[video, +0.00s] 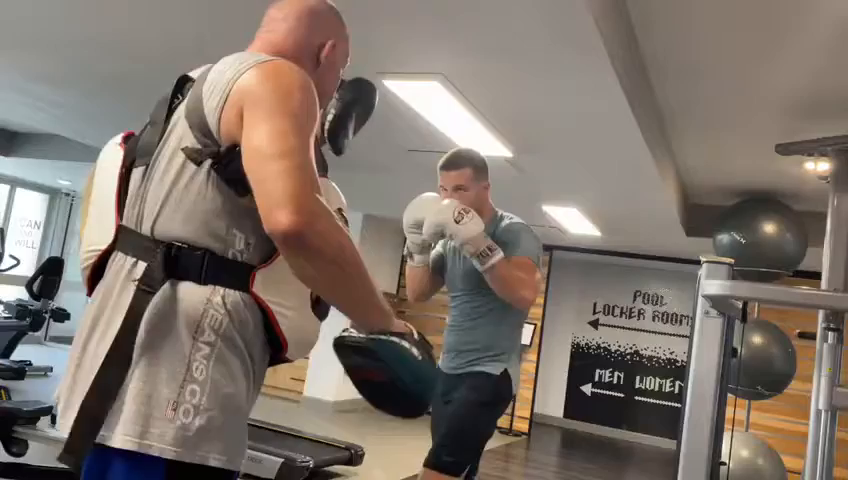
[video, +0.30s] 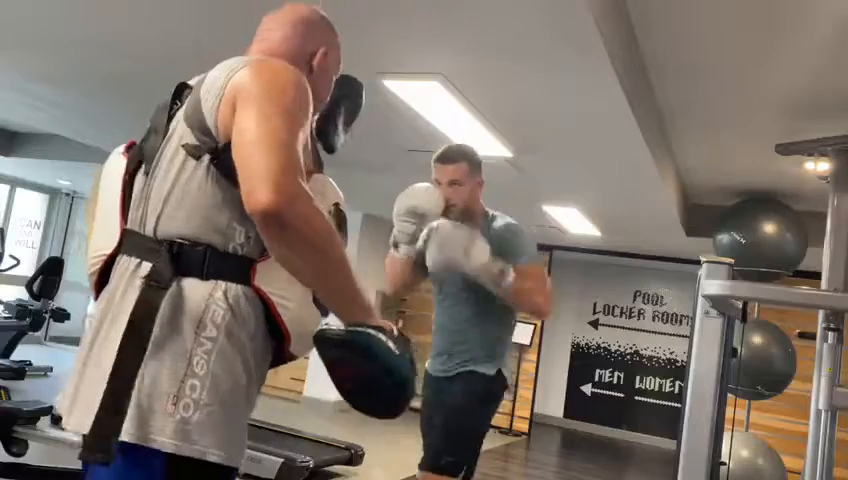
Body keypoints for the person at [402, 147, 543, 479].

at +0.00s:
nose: (451, 199)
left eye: (460, 189)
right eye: (444, 191)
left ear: (485, 189)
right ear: (438, 191)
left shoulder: (515, 233)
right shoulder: (450, 241)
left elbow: (523, 295)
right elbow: (417, 293)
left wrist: (478, 243)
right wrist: (417, 245)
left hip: (490, 372)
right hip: (450, 368)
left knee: (438, 471)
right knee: (456, 471)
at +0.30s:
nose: (445, 195)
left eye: (455, 185)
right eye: (439, 185)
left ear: (479, 185)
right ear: (433, 186)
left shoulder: (507, 233)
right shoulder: (438, 232)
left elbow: (541, 303)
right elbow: (396, 285)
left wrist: (484, 266)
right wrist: (404, 235)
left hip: (480, 373)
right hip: (439, 369)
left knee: (438, 471)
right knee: (441, 470)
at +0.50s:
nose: (408, 185)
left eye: (419, 173)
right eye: (404, 175)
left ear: (448, 172)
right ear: (401, 175)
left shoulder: (486, 217)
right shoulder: (438, 241)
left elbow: (453, 216)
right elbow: (398, 284)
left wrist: (409, 201)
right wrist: (396, 231)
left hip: (468, 370)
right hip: (447, 367)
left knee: (405, 471)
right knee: (441, 472)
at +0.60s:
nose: (413, 181)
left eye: (419, 172)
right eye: (408, 173)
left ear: (446, 170)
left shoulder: (473, 217)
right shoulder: (443, 235)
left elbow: (434, 185)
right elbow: (411, 280)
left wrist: (367, 172)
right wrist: (396, 230)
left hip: (469, 375)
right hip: (455, 373)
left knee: (408, 471)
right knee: (448, 472)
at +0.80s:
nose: (415, 183)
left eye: (424, 172)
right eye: (411, 175)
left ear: (447, 172)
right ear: (407, 176)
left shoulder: (480, 217)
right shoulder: (437, 227)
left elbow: (491, 262)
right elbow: (401, 283)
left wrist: (430, 244)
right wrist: (400, 246)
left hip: (472, 375)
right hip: (452, 372)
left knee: (418, 472)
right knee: (446, 474)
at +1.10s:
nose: (432, 203)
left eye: (442, 191)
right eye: (427, 193)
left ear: (468, 192)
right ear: (422, 194)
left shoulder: (496, 238)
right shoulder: (426, 238)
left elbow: (515, 306)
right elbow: (386, 300)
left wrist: (466, 267)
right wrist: (396, 256)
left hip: (480, 379)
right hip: (434, 376)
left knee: (429, 470)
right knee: (413, 469)